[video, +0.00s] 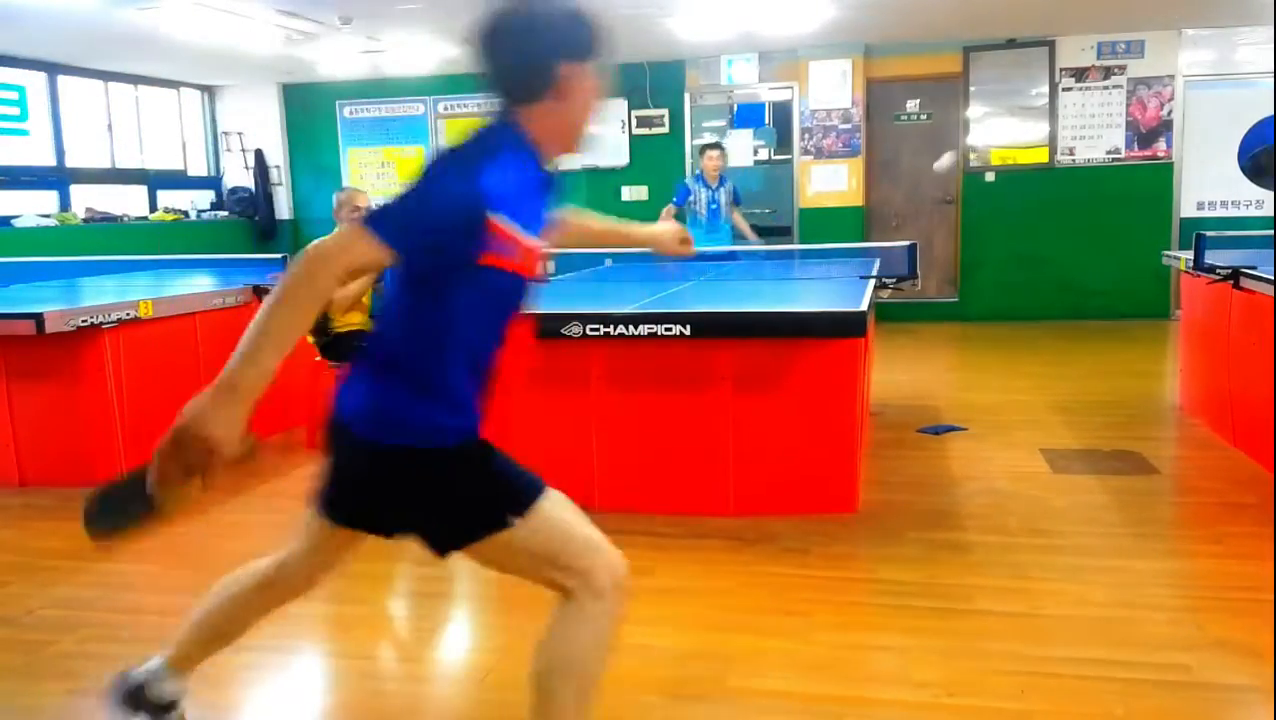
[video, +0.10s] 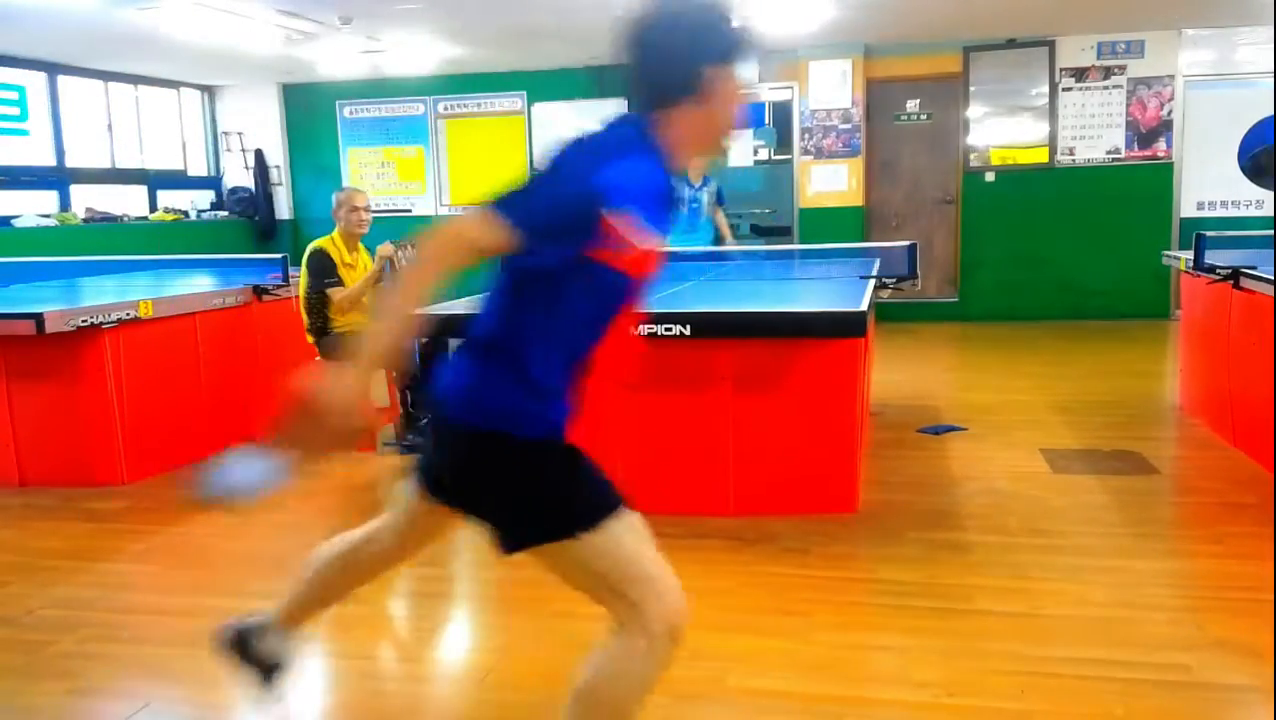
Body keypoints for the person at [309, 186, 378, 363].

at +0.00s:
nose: (362, 216)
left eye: (366, 210)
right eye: (354, 211)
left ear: (371, 212)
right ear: (337, 214)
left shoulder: (372, 252)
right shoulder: (321, 250)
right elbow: (336, 305)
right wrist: (372, 273)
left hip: (365, 329)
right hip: (336, 334)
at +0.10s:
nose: (363, 217)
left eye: (367, 210)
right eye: (354, 211)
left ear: (371, 213)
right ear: (337, 215)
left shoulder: (365, 253)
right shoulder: (319, 252)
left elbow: (379, 300)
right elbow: (342, 303)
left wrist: (397, 272)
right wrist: (376, 269)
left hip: (366, 330)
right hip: (333, 336)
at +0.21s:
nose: (362, 216)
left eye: (366, 210)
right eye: (353, 210)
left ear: (370, 214)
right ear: (336, 216)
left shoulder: (362, 252)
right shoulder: (319, 252)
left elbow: (388, 295)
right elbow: (341, 304)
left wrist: (418, 261)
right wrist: (376, 268)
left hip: (365, 330)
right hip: (335, 338)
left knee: (436, 340)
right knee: (403, 346)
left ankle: (418, 420)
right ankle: (411, 426)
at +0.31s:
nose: (362, 217)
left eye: (366, 210)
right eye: (353, 211)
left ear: (370, 214)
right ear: (335, 216)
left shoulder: (362, 252)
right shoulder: (318, 252)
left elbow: (388, 295)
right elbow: (340, 303)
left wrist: (417, 261)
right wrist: (376, 268)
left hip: (365, 330)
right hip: (335, 338)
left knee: (436, 340)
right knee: (403, 346)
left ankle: (418, 420)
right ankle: (411, 426)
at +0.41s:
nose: (362, 216)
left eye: (366, 210)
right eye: (353, 210)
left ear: (370, 214)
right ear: (335, 216)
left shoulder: (362, 251)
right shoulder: (318, 252)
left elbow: (388, 295)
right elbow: (341, 303)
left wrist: (417, 261)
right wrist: (376, 268)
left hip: (365, 330)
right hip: (335, 338)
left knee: (436, 341)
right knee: (403, 346)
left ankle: (418, 420)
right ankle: (411, 426)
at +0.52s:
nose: (366, 216)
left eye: (368, 210)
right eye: (358, 210)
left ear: (370, 213)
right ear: (338, 214)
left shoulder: (362, 252)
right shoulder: (318, 252)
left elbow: (388, 295)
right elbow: (341, 303)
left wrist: (418, 260)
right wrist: (376, 268)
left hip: (365, 330)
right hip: (335, 338)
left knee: (436, 340)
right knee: (403, 345)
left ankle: (418, 419)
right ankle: (412, 425)